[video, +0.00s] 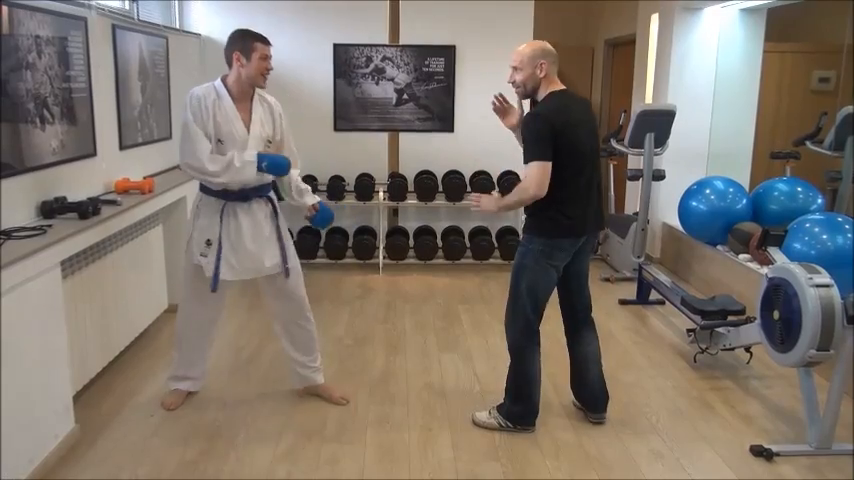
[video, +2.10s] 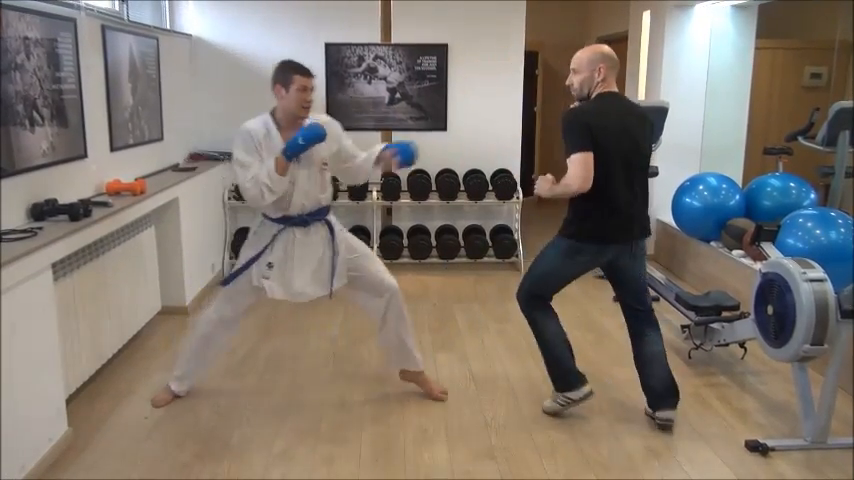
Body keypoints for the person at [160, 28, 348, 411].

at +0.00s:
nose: (270, 67)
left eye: (270, 60)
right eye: (263, 59)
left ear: (252, 63)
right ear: (237, 59)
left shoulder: (270, 108)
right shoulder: (202, 99)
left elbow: (285, 168)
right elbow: (194, 161)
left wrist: (309, 202)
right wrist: (257, 165)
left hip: (262, 211)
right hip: (215, 211)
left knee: (293, 295)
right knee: (200, 300)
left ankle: (311, 378)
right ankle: (184, 381)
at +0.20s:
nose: (267, 69)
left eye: (268, 62)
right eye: (261, 61)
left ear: (261, 66)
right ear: (234, 62)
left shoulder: (268, 105)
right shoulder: (202, 101)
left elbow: (286, 163)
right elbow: (203, 162)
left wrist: (316, 161)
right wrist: (257, 130)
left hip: (269, 212)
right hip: (221, 214)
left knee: (305, 296)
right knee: (200, 304)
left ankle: (331, 377)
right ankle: (184, 384)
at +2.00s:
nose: (272, 103)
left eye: (274, 96)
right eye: (265, 95)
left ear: (274, 98)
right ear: (240, 95)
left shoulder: (285, 136)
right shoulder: (213, 138)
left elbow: (306, 192)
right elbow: (227, 198)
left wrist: (330, 198)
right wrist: (262, 159)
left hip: (293, 232)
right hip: (241, 239)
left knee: (354, 293)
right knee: (200, 319)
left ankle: (358, 370)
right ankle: (174, 384)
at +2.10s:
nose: (309, 98)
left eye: (312, 91)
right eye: (303, 91)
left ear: (313, 93)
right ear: (279, 91)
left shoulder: (324, 128)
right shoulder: (252, 134)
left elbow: (352, 167)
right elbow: (256, 195)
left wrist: (382, 158)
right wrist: (287, 155)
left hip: (324, 231)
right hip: (273, 235)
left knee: (385, 287)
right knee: (223, 311)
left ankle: (410, 367)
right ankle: (179, 384)